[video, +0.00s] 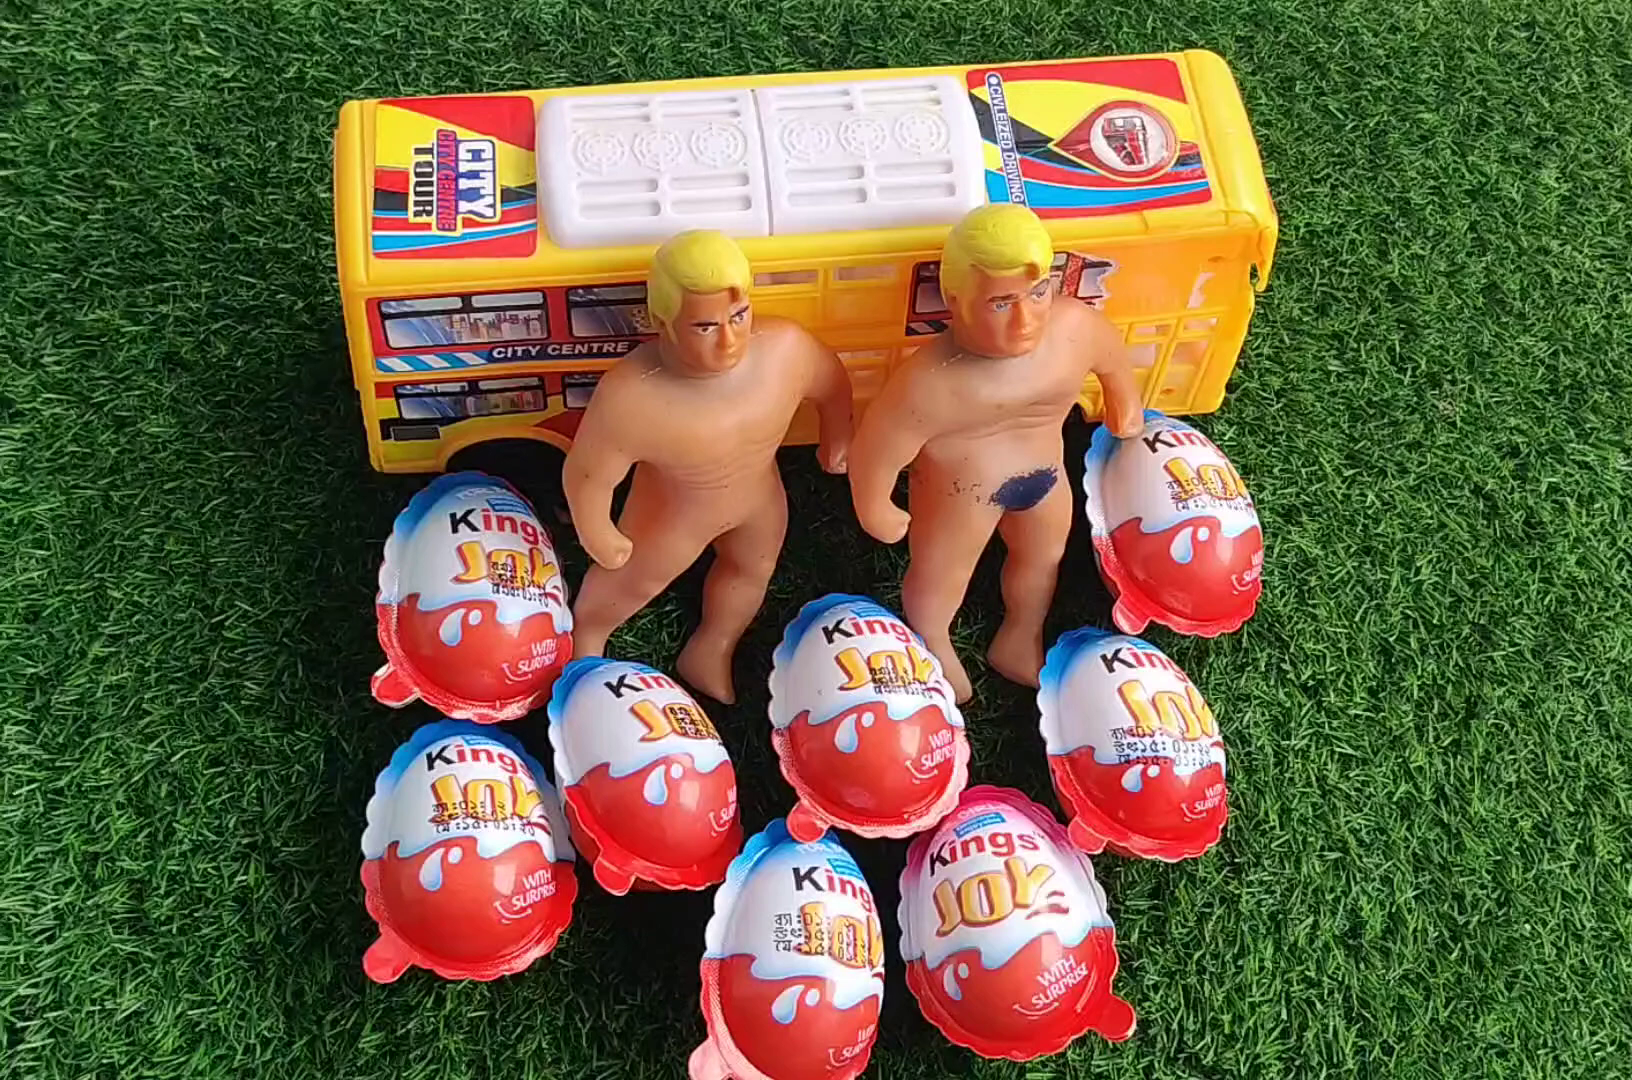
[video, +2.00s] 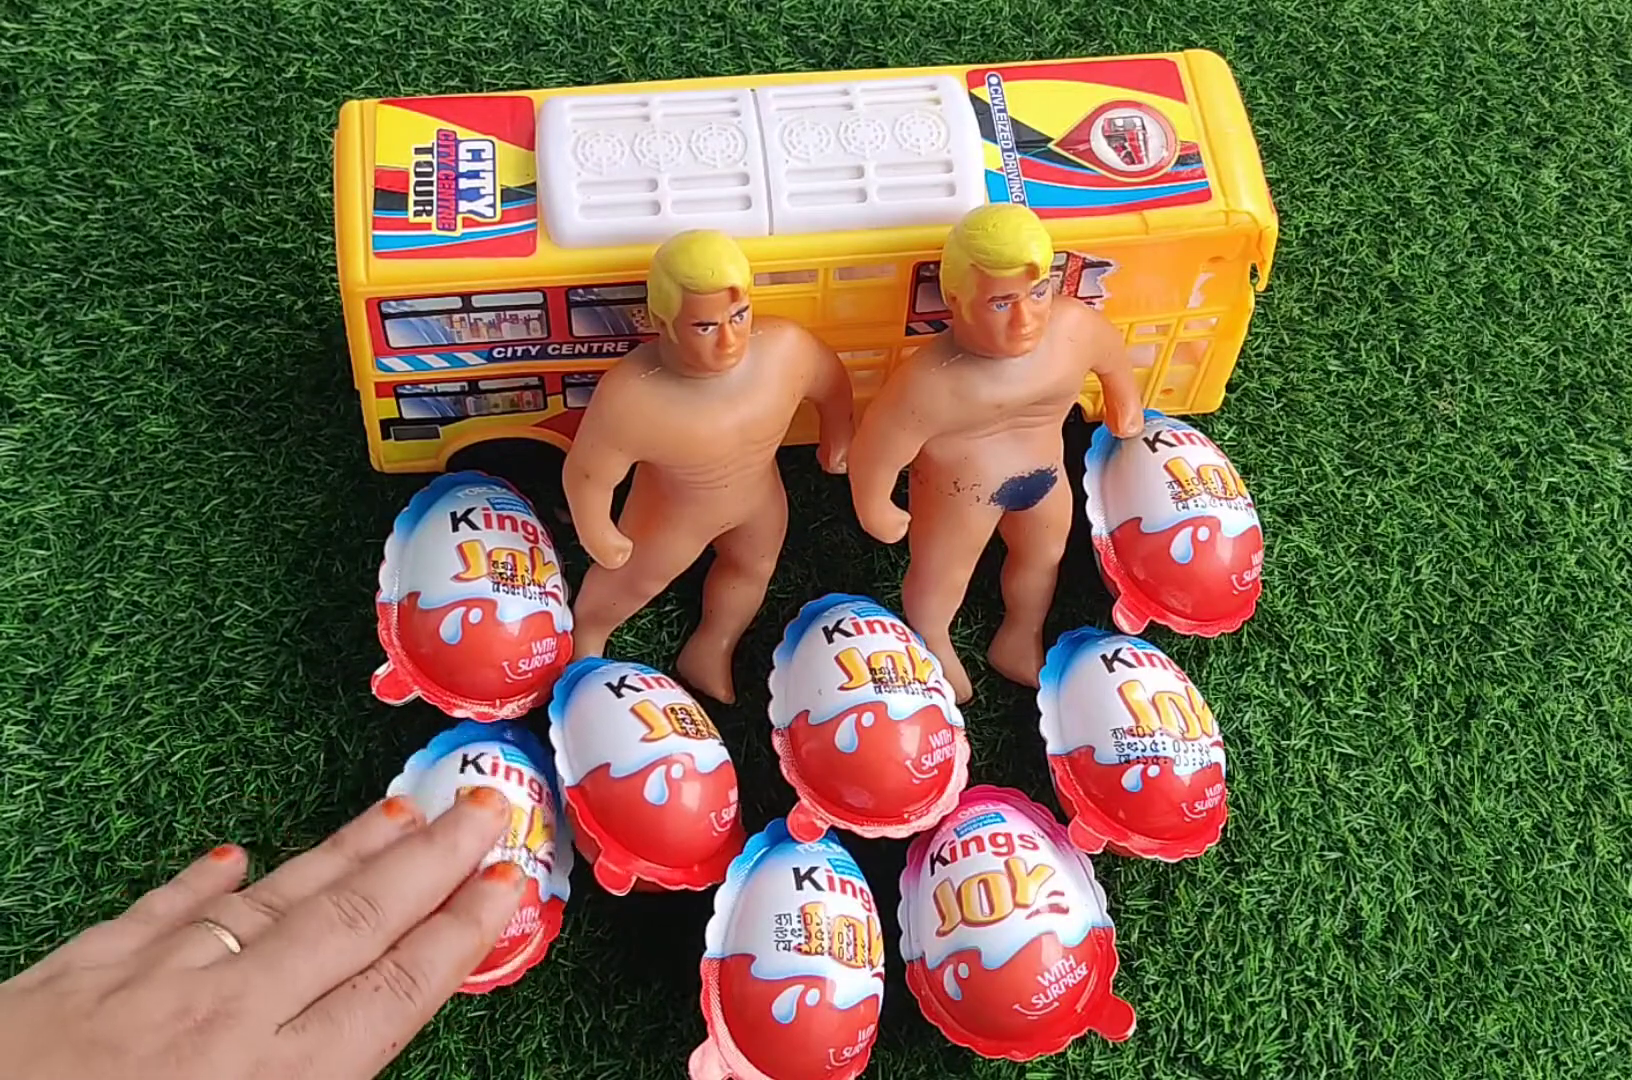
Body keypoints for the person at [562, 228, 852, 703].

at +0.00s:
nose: (728, 339)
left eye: (739, 316)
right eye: (705, 326)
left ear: (750, 302)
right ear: (661, 324)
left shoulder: (789, 350)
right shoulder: (629, 397)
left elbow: (834, 387)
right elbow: (588, 475)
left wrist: (837, 440)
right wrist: (600, 537)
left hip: (759, 496)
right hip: (672, 511)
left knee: (749, 574)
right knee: (630, 585)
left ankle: (711, 651)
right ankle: (589, 630)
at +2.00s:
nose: (729, 339)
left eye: (739, 316)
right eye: (705, 326)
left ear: (751, 301)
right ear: (660, 323)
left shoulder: (789, 350)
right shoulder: (629, 397)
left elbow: (834, 387)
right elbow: (587, 474)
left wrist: (837, 439)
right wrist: (600, 538)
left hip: (759, 496)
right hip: (673, 512)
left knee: (749, 574)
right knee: (631, 584)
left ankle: (711, 650)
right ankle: (590, 629)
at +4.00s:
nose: (729, 338)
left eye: (739, 316)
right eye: (705, 326)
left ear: (750, 303)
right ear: (663, 325)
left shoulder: (789, 350)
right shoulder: (630, 395)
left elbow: (835, 390)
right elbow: (587, 476)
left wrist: (837, 442)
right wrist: (603, 542)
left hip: (761, 503)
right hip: (671, 518)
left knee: (752, 589)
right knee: (627, 590)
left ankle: (730, 643)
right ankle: (587, 637)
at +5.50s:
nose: (729, 339)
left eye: (738, 316)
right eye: (705, 326)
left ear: (750, 303)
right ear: (662, 325)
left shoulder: (787, 350)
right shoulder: (628, 398)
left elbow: (833, 386)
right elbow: (586, 478)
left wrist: (836, 442)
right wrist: (601, 542)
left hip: (758, 502)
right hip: (670, 515)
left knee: (756, 587)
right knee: (637, 597)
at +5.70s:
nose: (728, 339)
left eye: (738, 315)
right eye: (705, 326)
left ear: (749, 301)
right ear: (663, 324)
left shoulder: (787, 350)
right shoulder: (628, 398)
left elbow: (833, 388)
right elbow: (585, 481)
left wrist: (835, 446)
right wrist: (606, 548)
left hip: (762, 540)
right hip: (665, 552)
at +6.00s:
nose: (728, 340)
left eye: (739, 316)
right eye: (705, 326)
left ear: (750, 301)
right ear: (663, 323)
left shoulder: (788, 350)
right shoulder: (629, 397)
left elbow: (833, 387)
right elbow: (586, 477)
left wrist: (836, 440)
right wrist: (598, 537)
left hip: (758, 500)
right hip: (671, 515)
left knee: (753, 585)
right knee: (627, 590)